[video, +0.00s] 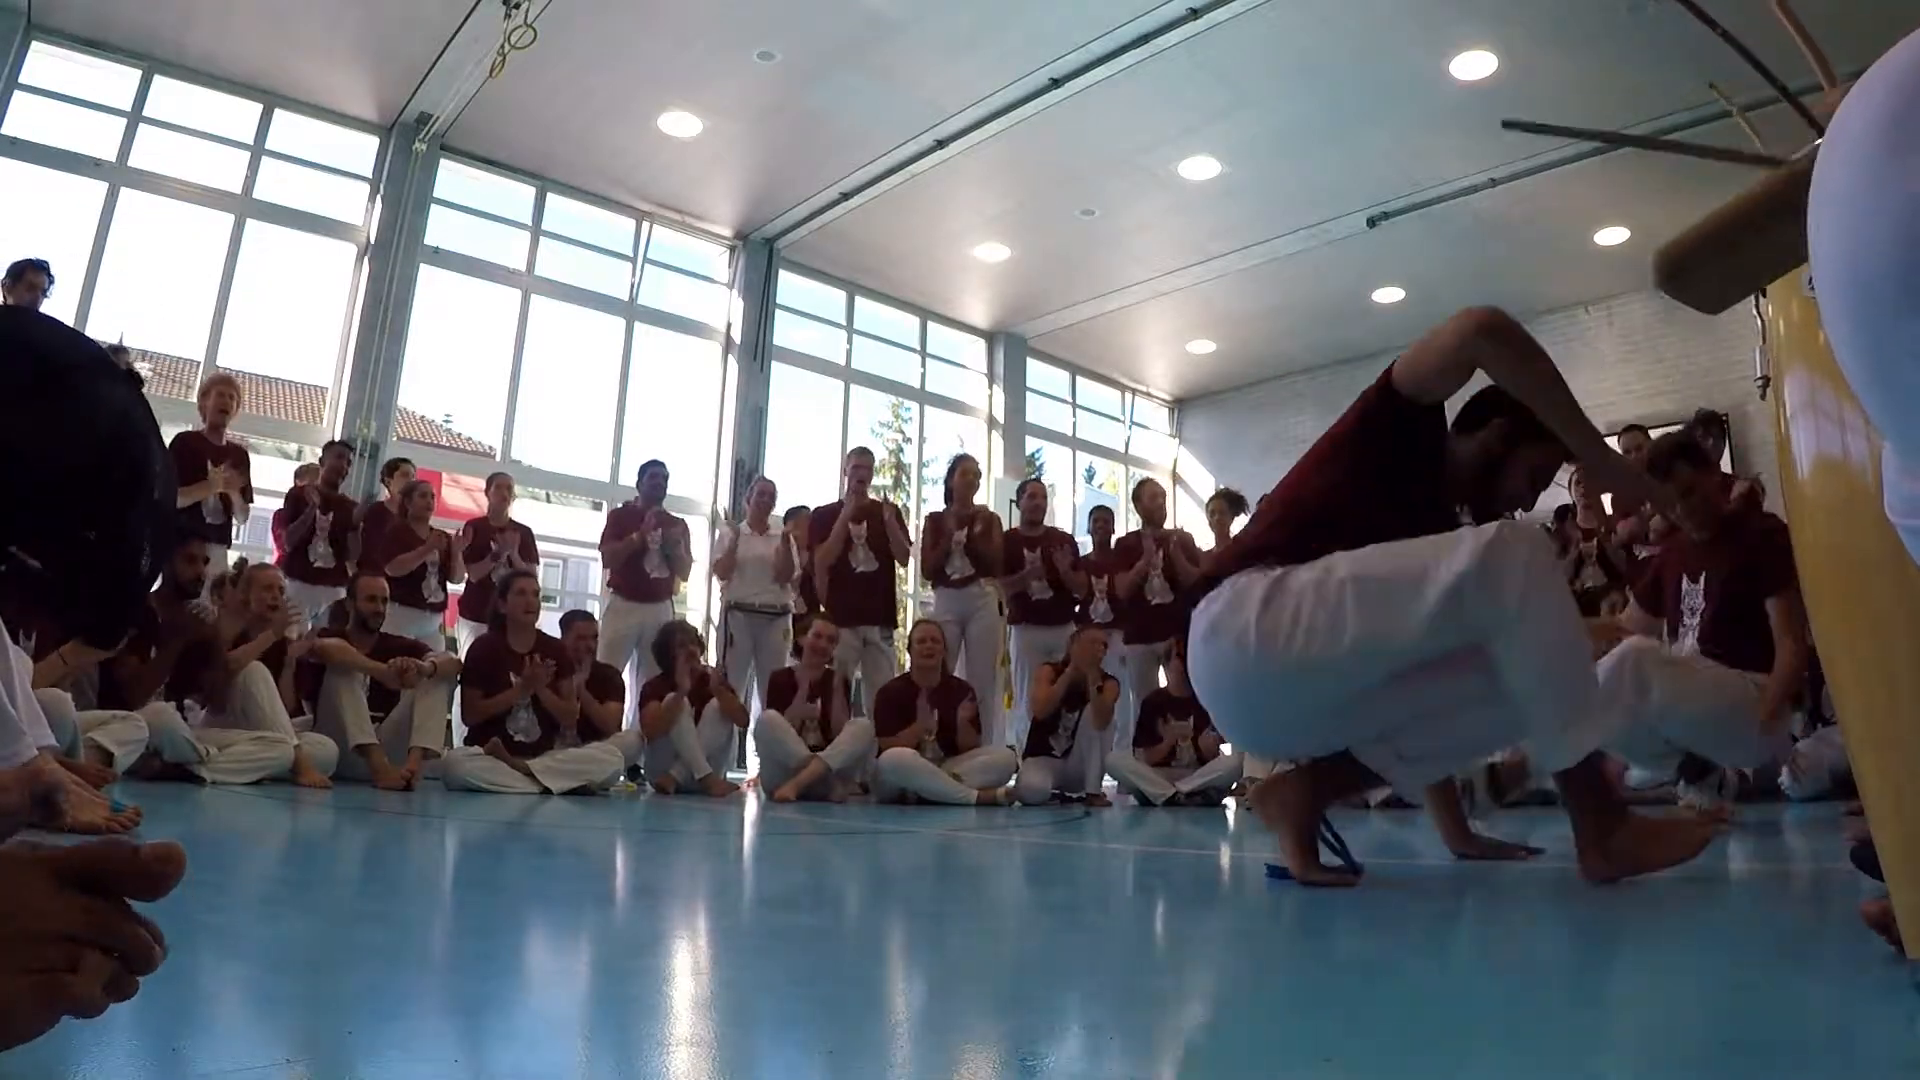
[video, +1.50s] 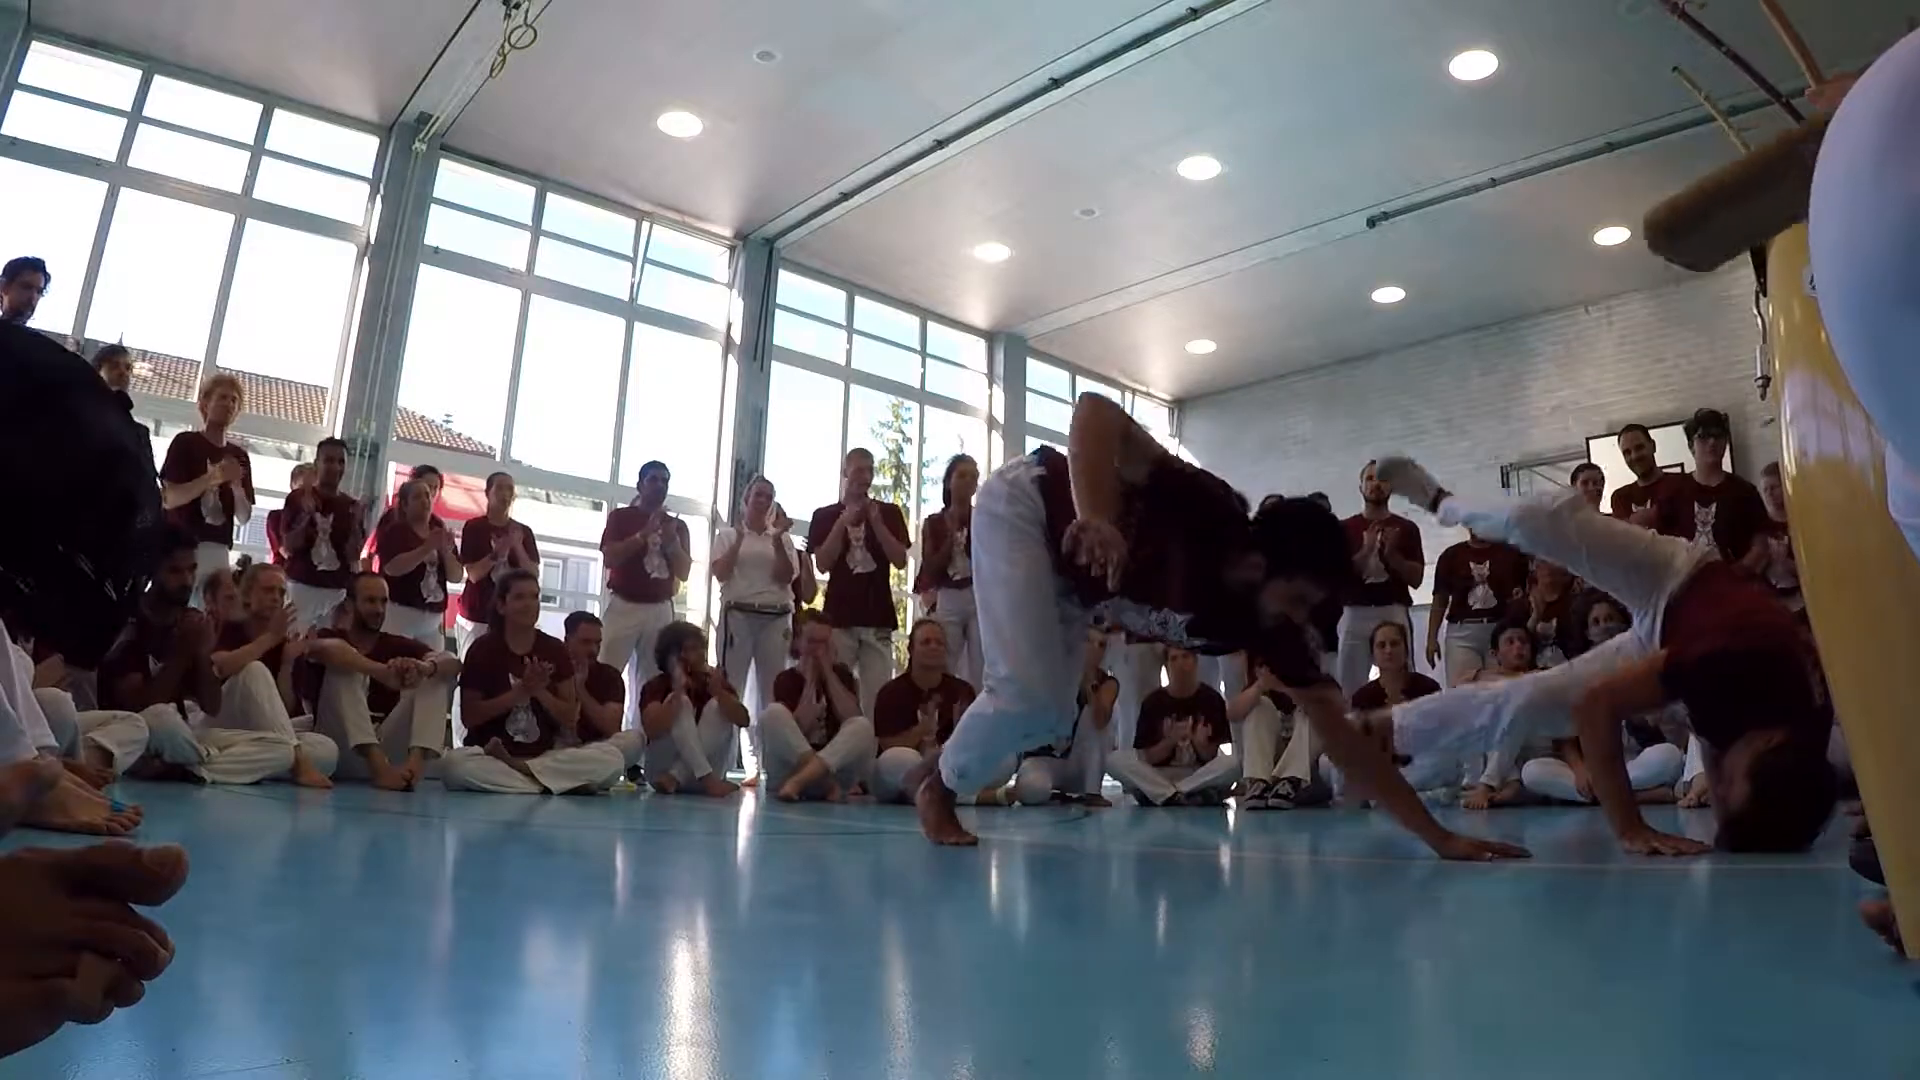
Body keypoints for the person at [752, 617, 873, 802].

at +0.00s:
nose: (823, 645)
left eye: (831, 641)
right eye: (817, 636)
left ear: (835, 648)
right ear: (801, 639)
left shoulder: (838, 681)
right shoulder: (780, 678)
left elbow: (839, 733)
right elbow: (774, 736)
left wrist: (837, 688)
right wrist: (802, 691)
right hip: (784, 777)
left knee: (864, 727)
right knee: (767, 719)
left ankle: (796, 784)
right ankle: (831, 784)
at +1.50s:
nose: (818, 649)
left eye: (824, 643)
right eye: (812, 642)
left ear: (831, 645)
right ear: (798, 643)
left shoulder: (842, 674)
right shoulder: (786, 679)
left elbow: (853, 717)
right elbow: (795, 731)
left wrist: (829, 672)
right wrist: (810, 681)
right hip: (789, 775)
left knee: (862, 727)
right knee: (773, 713)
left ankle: (798, 782)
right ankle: (829, 785)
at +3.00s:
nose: (812, 663)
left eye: (818, 657)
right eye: (805, 656)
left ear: (827, 654)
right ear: (793, 653)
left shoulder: (833, 677)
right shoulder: (778, 675)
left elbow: (853, 683)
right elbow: (783, 689)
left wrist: (835, 639)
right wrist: (788, 640)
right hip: (786, 777)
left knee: (856, 713)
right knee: (793, 701)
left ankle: (809, 783)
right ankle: (826, 782)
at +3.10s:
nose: (812, 664)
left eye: (818, 657)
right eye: (805, 657)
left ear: (826, 654)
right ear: (793, 654)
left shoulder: (833, 677)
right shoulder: (779, 676)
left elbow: (853, 683)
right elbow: (782, 689)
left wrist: (837, 641)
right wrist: (787, 640)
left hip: (832, 779)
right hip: (786, 776)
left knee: (853, 712)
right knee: (793, 701)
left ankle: (810, 784)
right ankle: (825, 783)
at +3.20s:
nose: (813, 665)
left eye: (819, 658)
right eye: (806, 658)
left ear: (828, 655)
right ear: (793, 656)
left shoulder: (834, 678)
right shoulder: (778, 677)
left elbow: (853, 680)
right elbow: (780, 691)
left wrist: (837, 640)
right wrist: (786, 639)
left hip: (832, 778)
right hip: (786, 776)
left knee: (852, 711)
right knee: (793, 701)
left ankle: (810, 784)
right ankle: (825, 782)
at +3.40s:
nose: (813, 667)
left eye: (819, 660)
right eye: (806, 660)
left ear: (828, 657)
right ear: (793, 658)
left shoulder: (835, 678)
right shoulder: (780, 679)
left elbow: (857, 676)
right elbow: (778, 694)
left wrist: (838, 643)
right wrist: (787, 647)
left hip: (832, 779)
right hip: (785, 777)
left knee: (852, 711)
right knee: (796, 701)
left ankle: (812, 785)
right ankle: (824, 783)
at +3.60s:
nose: (811, 664)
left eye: (818, 656)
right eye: (804, 657)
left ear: (827, 654)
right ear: (794, 656)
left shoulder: (836, 679)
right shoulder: (780, 680)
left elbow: (859, 687)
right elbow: (775, 701)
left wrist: (839, 656)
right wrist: (791, 653)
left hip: (832, 779)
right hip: (785, 777)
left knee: (851, 711)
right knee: (797, 701)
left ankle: (812, 785)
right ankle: (824, 783)